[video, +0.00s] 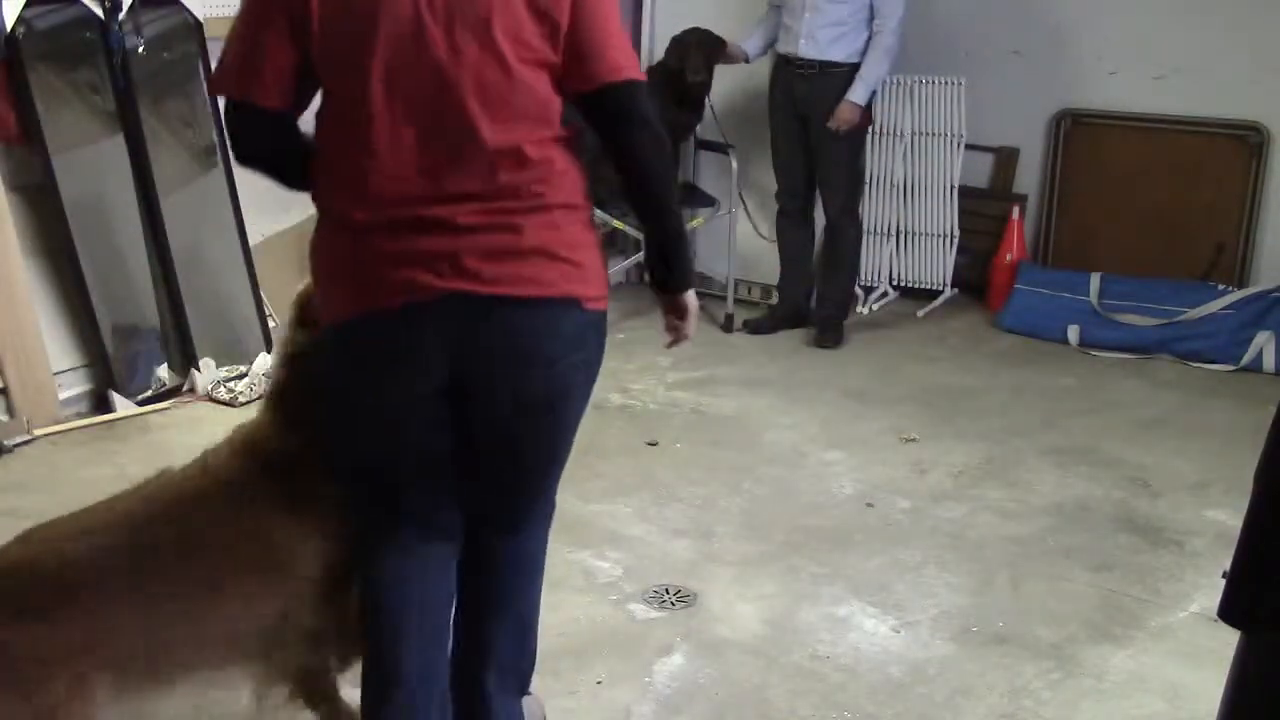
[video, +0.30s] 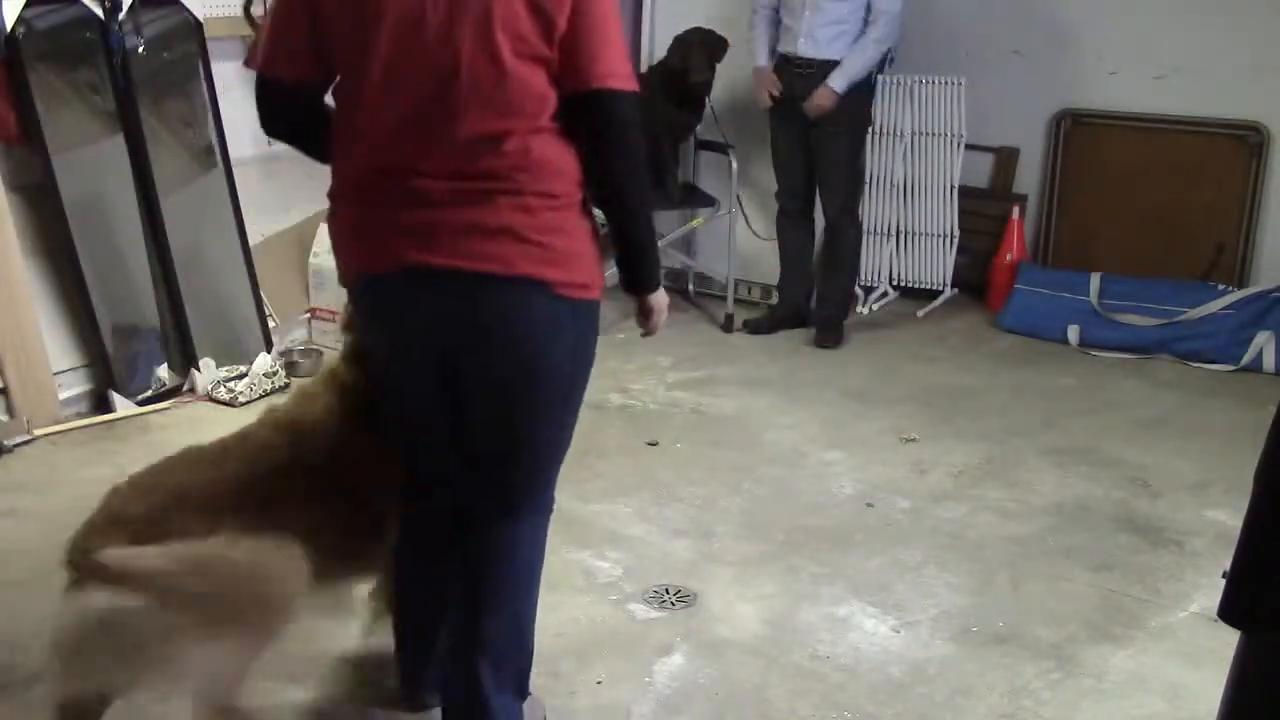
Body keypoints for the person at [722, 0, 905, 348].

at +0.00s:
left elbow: (888, 29)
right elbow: (778, 14)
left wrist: (856, 98)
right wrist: (744, 49)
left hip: (840, 83)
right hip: (786, 77)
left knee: (840, 209)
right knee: (791, 203)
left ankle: (831, 315)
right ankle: (792, 306)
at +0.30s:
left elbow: (885, 30)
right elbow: (765, 8)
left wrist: (834, 85)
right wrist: (761, 65)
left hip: (845, 81)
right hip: (787, 76)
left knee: (838, 207)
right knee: (791, 203)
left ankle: (831, 314)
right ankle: (792, 306)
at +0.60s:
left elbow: (888, 21)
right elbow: (762, 10)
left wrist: (827, 66)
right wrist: (767, 71)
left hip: (844, 80)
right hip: (787, 77)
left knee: (839, 207)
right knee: (791, 203)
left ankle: (831, 313)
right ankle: (792, 306)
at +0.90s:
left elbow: (891, 24)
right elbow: (760, 11)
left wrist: (886, 100)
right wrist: (758, 78)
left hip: (844, 80)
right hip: (787, 76)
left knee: (839, 209)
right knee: (790, 204)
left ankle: (831, 313)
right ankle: (792, 305)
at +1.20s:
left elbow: (900, 22)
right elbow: (758, 14)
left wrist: (903, 99)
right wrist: (744, 79)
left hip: (842, 81)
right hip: (785, 78)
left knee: (839, 209)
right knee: (790, 204)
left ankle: (831, 315)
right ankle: (792, 306)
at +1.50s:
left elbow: (892, 23)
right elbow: (758, 13)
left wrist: (868, 93)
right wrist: (732, 79)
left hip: (841, 80)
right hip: (784, 77)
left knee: (838, 210)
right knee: (790, 204)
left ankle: (831, 315)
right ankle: (792, 306)